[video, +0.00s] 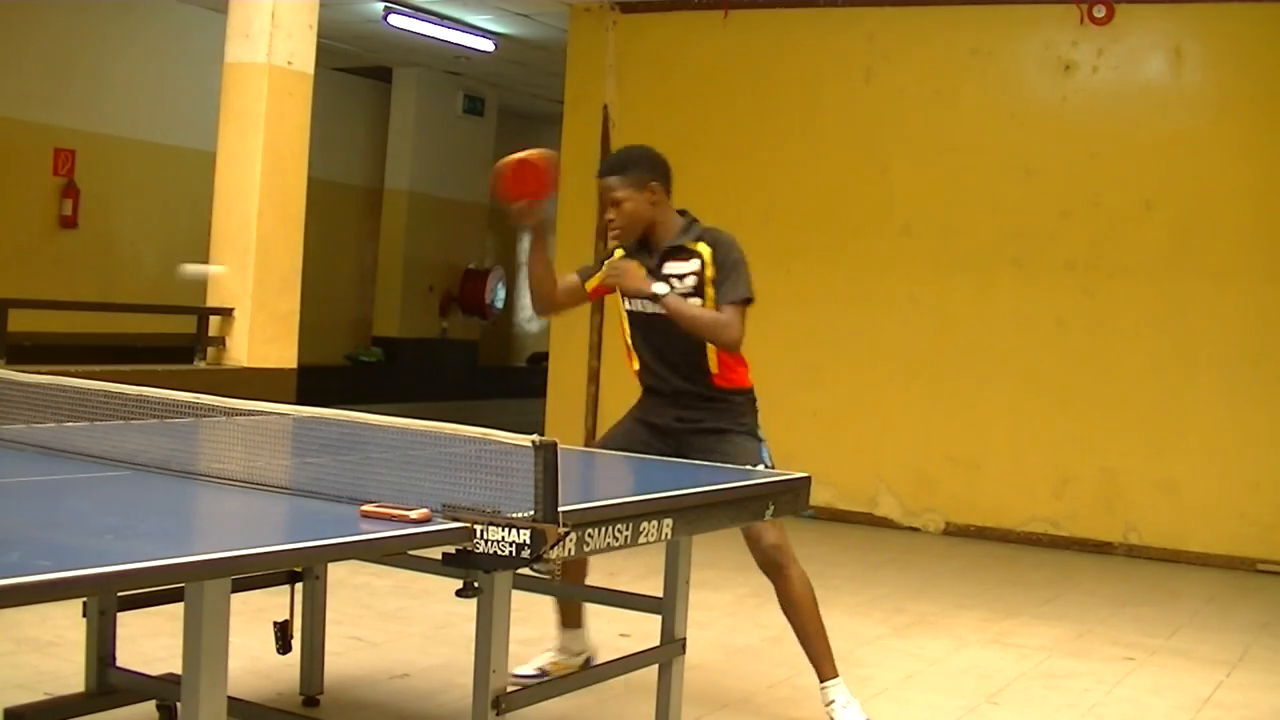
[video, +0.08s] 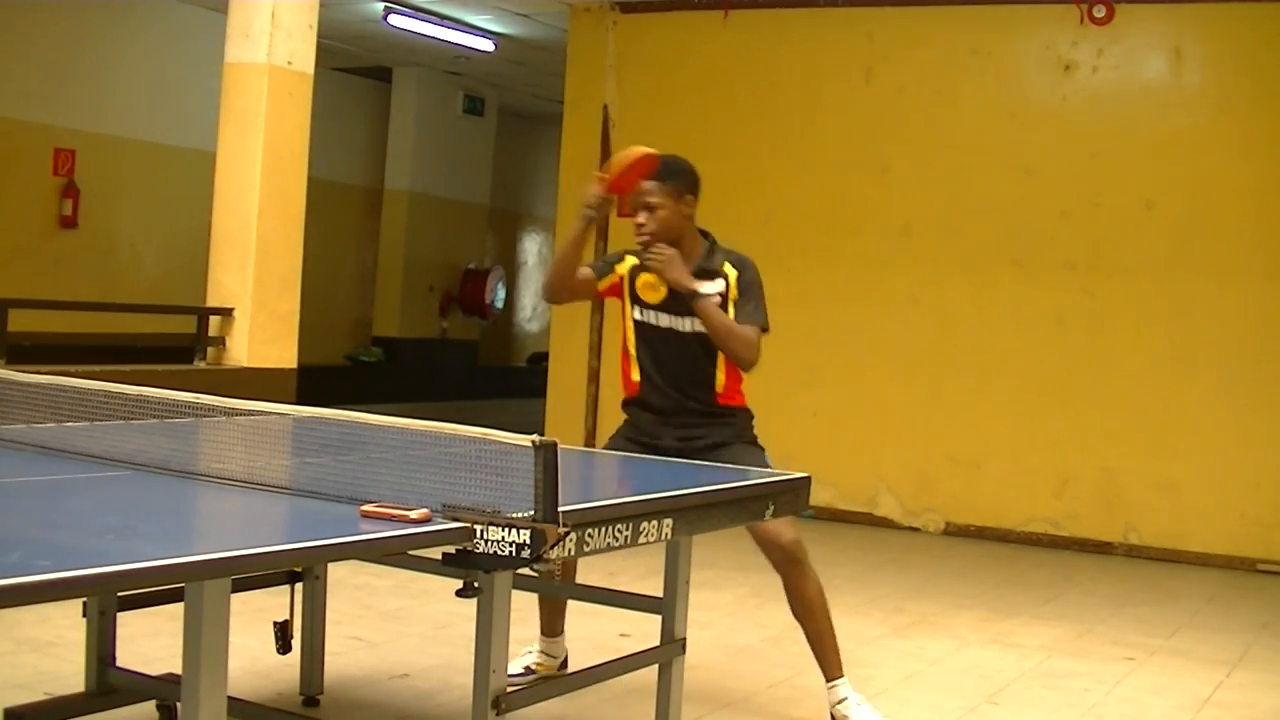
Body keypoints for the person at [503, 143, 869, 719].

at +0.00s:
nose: (607, 216)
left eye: (615, 203)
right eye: (604, 205)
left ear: (653, 196)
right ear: (638, 201)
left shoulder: (716, 248)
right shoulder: (628, 257)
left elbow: (730, 333)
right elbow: (548, 300)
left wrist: (651, 288)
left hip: (723, 424)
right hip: (654, 418)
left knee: (770, 548)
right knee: (564, 506)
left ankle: (835, 693)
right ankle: (570, 648)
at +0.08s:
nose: (636, 220)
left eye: (648, 208)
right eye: (632, 208)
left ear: (687, 207)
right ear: (630, 210)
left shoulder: (734, 269)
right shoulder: (631, 264)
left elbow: (747, 354)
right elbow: (559, 290)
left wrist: (687, 287)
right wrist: (587, 219)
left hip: (722, 437)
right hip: (643, 432)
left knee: (786, 543)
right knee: (557, 521)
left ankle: (840, 693)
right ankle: (549, 654)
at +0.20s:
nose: (685, 215)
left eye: (697, 203)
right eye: (680, 203)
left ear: (731, 205)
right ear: (677, 204)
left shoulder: (774, 270)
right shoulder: (668, 265)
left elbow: (783, 363)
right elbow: (621, 342)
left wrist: (736, 298)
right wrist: (644, 276)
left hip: (753, 432)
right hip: (676, 429)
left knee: (826, 539)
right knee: (588, 523)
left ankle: (853, 693)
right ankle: (553, 654)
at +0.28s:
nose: (708, 209)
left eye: (721, 197)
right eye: (704, 197)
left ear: (758, 198)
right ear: (701, 199)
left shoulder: (803, 258)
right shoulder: (695, 268)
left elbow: (821, 352)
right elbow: (662, 365)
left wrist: (766, 303)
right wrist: (665, 321)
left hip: (798, 424)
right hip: (720, 423)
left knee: (853, 534)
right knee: (638, 517)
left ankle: (866, 687)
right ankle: (587, 648)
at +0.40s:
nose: (743, 226)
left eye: (757, 215)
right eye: (738, 214)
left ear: (792, 216)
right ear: (734, 215)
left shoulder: (839, 271)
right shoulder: (724, 289)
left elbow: (867, 366)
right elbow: (696, 390)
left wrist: (811, 323)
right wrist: (730, 375)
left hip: (845, 427)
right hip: (768, 427)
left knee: (898, 538)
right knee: (687, 521)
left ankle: (931, 686)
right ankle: (698, 661)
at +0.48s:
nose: (768, 259)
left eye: (782, 248)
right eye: (764, 246)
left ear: (817, 247)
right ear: (760, 245)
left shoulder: (866, 299)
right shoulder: (752, 318)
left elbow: (893, 392)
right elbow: (721, 410)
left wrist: (839, 351)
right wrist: (738, 440)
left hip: (873, 447)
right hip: (797, 447)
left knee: (929, 551)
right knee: (703, 542)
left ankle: (966, 700)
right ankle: (703, 667)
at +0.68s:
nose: (815, 275)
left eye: (829, 264)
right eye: (810, 262)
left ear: (864, 261)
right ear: (804, 256)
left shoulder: (906, 302)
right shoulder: (791, 317)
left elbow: (944, 394)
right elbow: (714, 392)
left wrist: (892, 364)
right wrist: (739, 430)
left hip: (903, 447)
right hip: (827, 447)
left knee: (953, 553)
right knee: (732, 542)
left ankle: (970, 700)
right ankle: (705, 668)